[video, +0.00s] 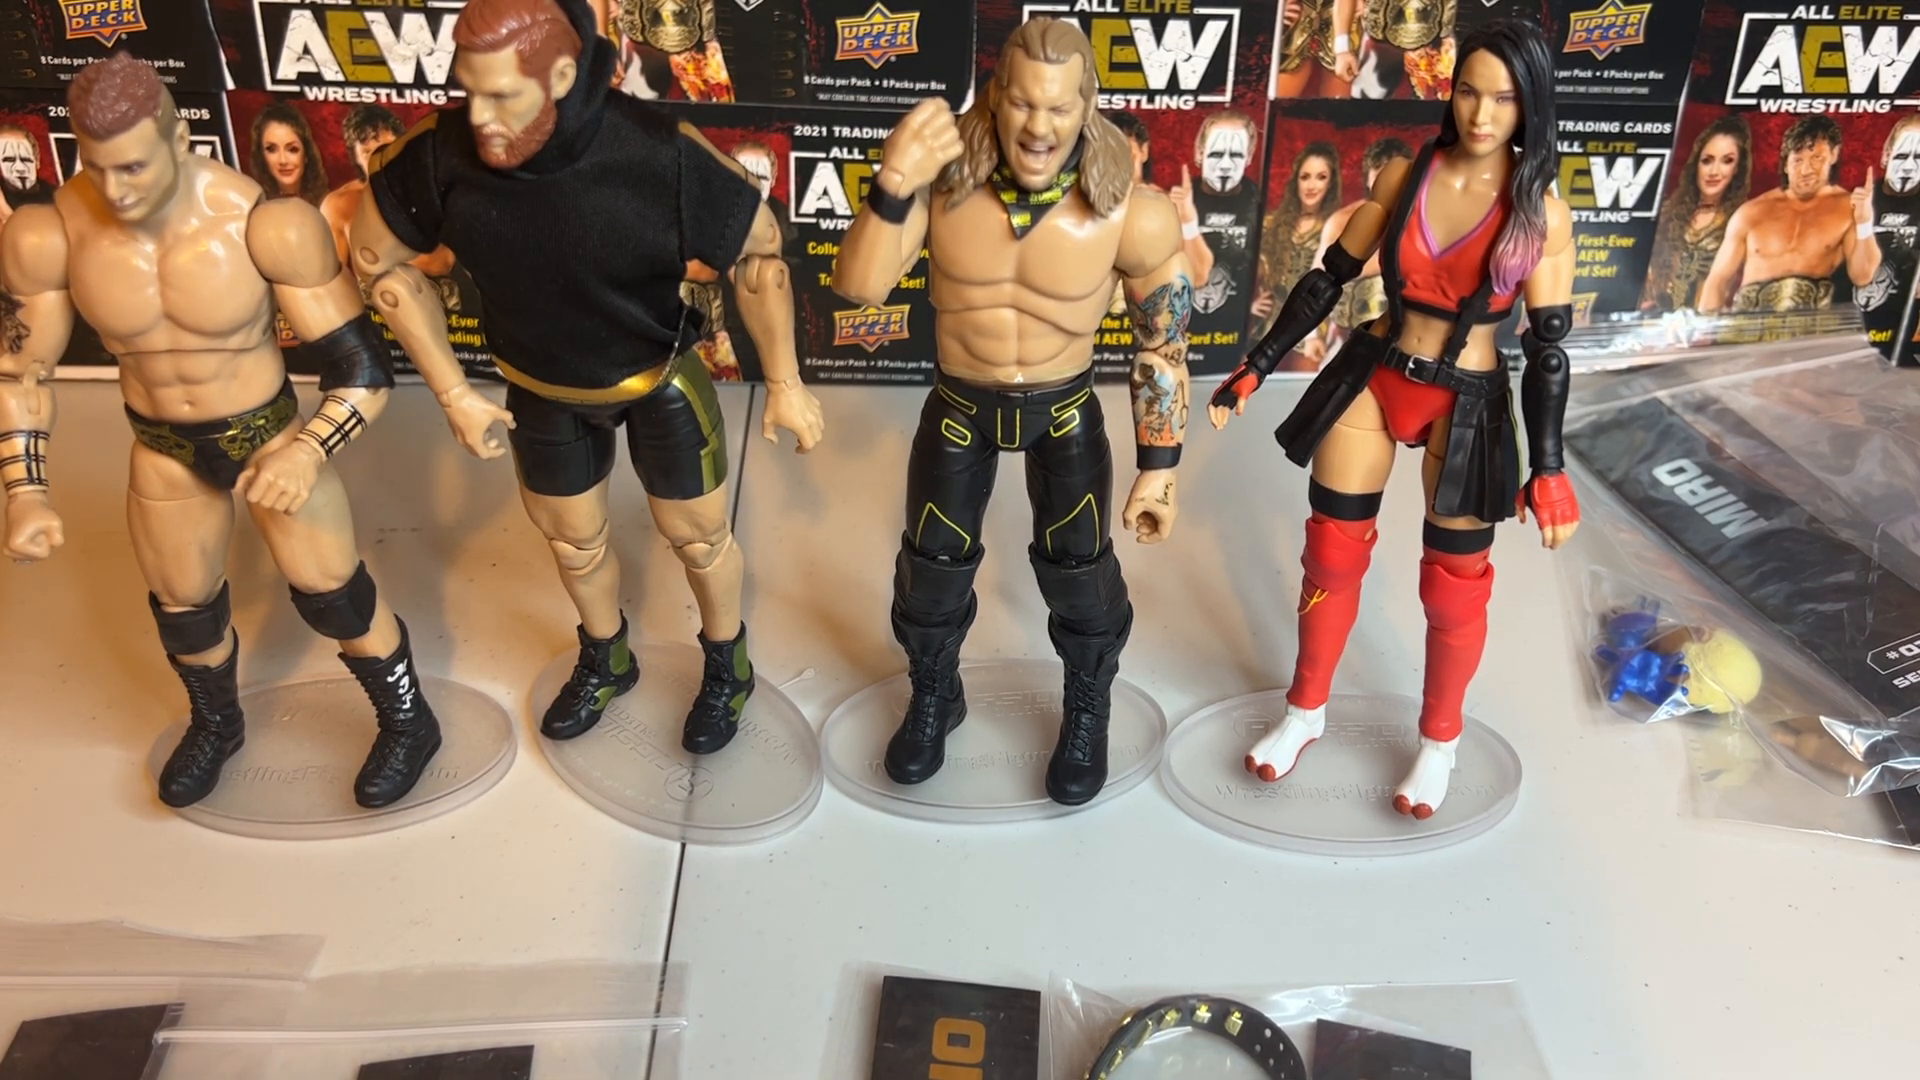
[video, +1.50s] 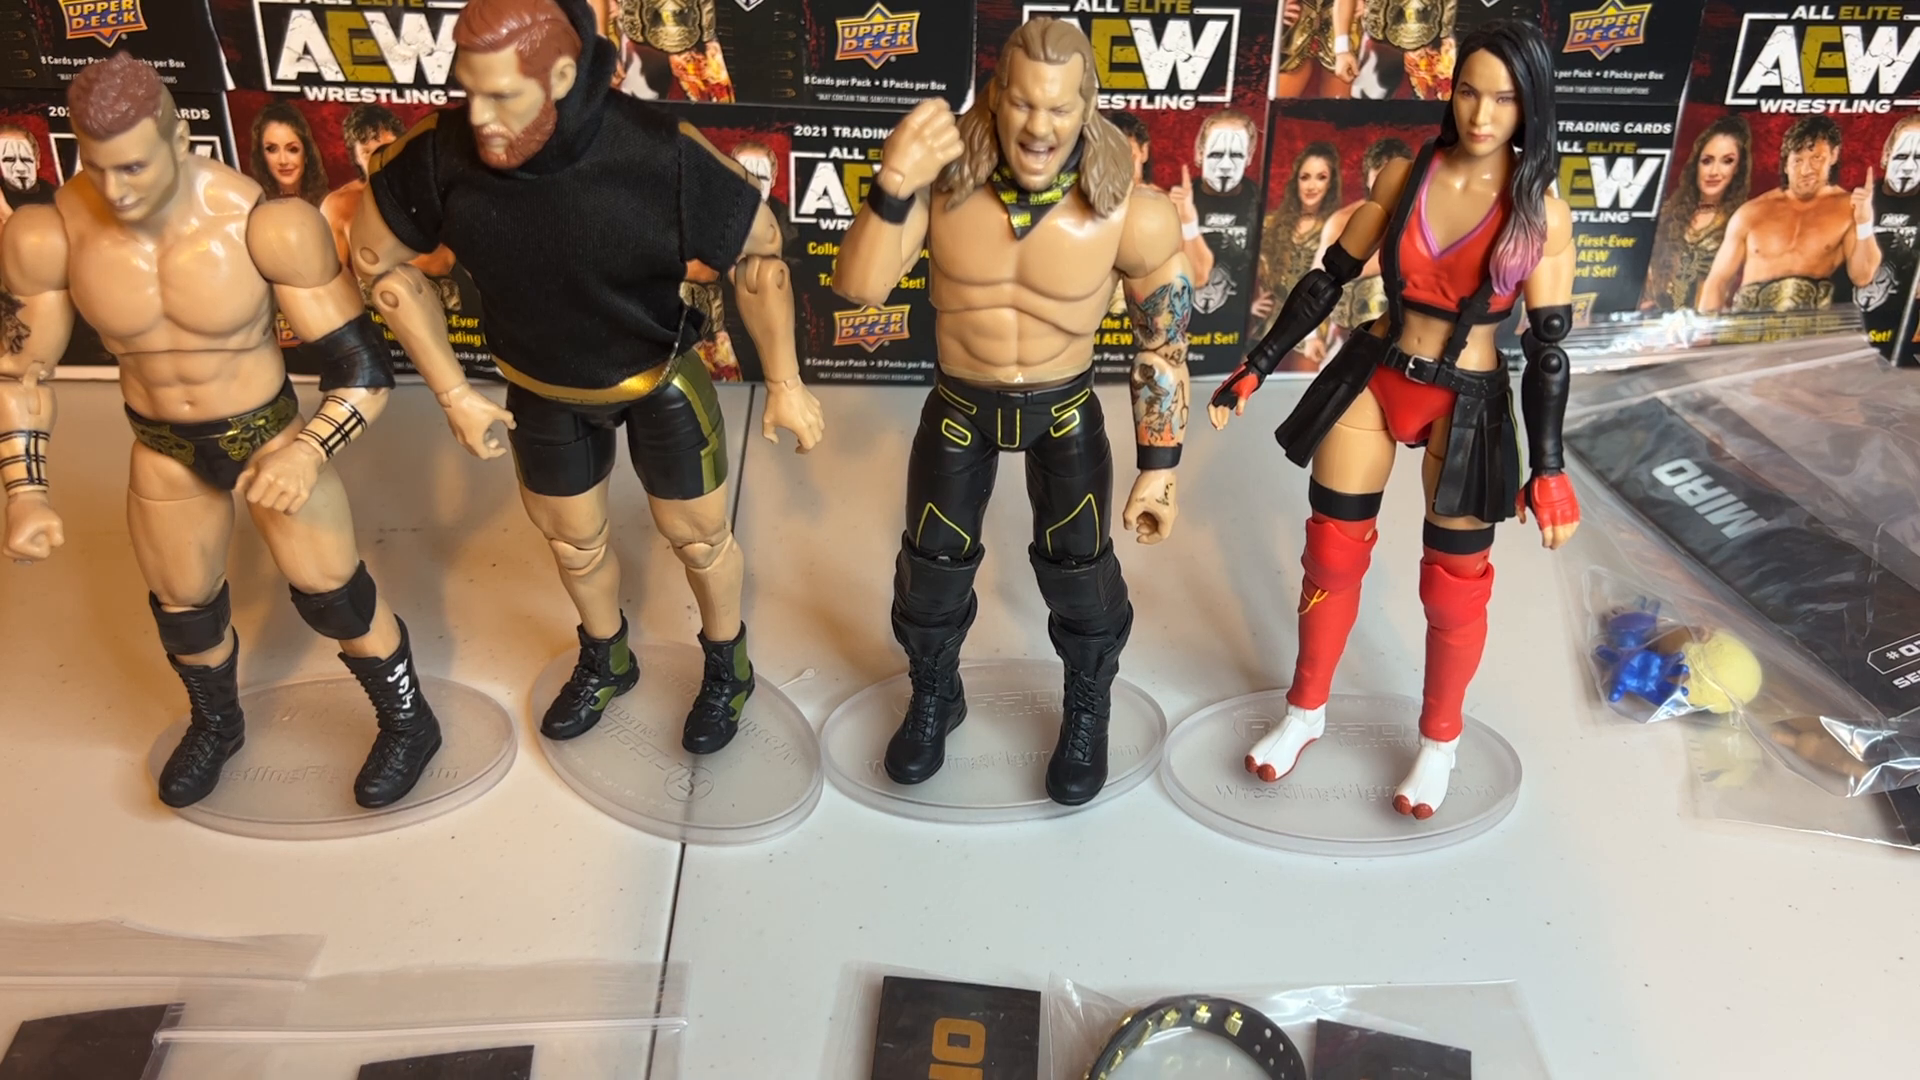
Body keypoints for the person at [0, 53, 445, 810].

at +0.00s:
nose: (117, 188)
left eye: (134, 167)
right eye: (100, 169)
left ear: (178, 139)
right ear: (80, 151)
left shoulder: (268, 225)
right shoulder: (53, 233)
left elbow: (362, 370)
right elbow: (23, 372)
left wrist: (311, 447)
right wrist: (21, 486)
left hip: (269, 441)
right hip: (161, 452)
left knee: (336, 599)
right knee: (186, 616)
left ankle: (408, 721)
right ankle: (216, 722)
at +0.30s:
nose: (118, 188)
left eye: (134, 167)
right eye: (100, 169)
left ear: (178, 139)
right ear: (80, 151)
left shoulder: (268, 225)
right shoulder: (53, 233)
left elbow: (363, 370)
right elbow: (22, 372)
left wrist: (311, 447)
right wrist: (22, 487)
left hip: (269, 441)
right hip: (161, 451)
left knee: (336, 599)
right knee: (186, 617)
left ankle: (408, 722)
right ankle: (216, 722)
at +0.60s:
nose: (118, 188)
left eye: (134, 167)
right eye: (100, 169)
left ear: (178, 139)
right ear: (80, 151)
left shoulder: (268, 225)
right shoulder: (54, 232)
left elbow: (362, 370)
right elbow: (23, 372)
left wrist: (312, 446)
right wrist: (22, 487)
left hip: (268, 441)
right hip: (161, 451)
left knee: (336, 599)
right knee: (186, 617)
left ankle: (409, 722)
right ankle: (217, 722)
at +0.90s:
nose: (118, 188)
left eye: (134, 167)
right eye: (100, 169)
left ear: (178, 138)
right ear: (80, 150)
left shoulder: (268, 225)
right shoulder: (54, 232)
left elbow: (362, 370)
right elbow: (23, 372)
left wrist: (312, 446)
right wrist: (22, 486)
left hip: (269, 440)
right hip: (161, 451)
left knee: (336, 599)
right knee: (186, 616)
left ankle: (408, 722)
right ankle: (216, 723)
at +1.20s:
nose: (118, 188)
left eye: (135, 167)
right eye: (101, 169)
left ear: (179, 139)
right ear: (81, 151)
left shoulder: (268, 225)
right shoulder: (53, 232)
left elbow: (363, 370)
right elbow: (22, 372)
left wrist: (311, 446)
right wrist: (22, 486)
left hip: (268, 441)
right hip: (161, 451)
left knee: (336, 600)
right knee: (186, 618)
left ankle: (409, 722)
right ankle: (217, 722)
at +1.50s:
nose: (118, 188)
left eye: (134, 167)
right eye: (100, 169)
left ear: (178, 138)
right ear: (80, 151)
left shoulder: (268, 225)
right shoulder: (54, 232)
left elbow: (363, 370)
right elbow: (23, 371)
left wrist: (311, 446)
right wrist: (21, 487)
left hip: (269, 441)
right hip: (161, 452)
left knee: (336, 600)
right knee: (186, 617)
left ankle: (409, 722)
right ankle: (216, 722)